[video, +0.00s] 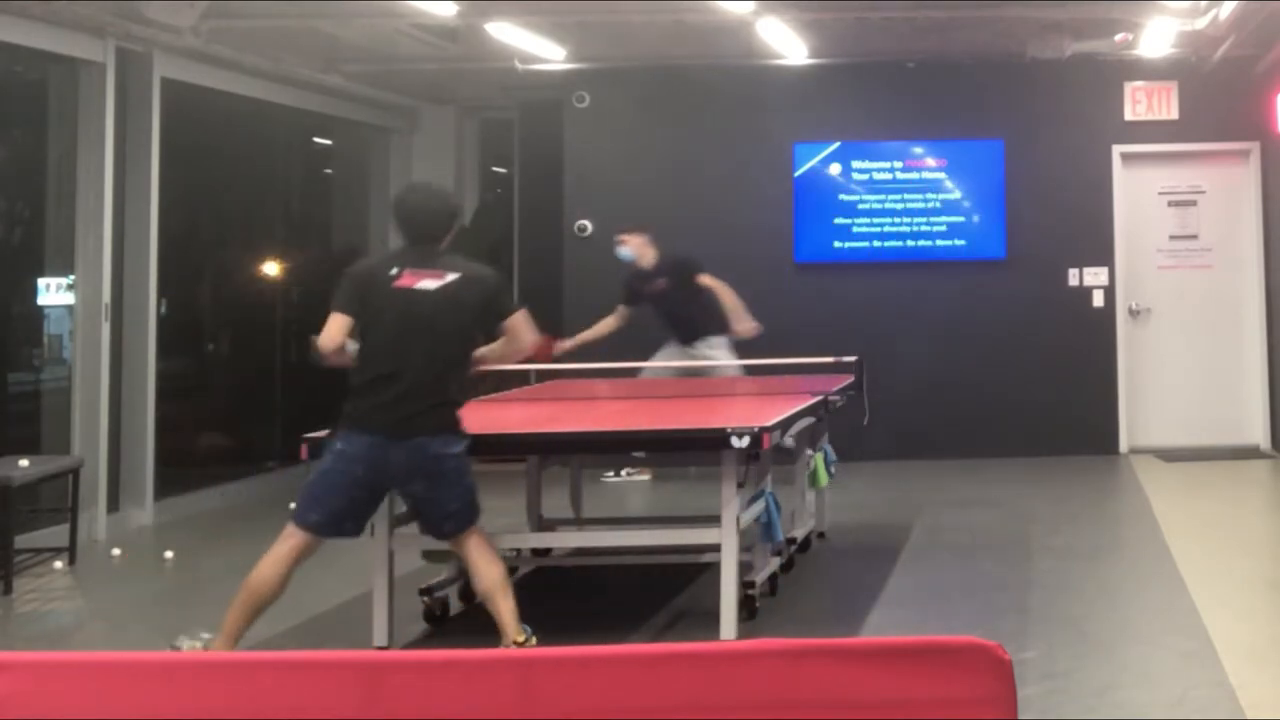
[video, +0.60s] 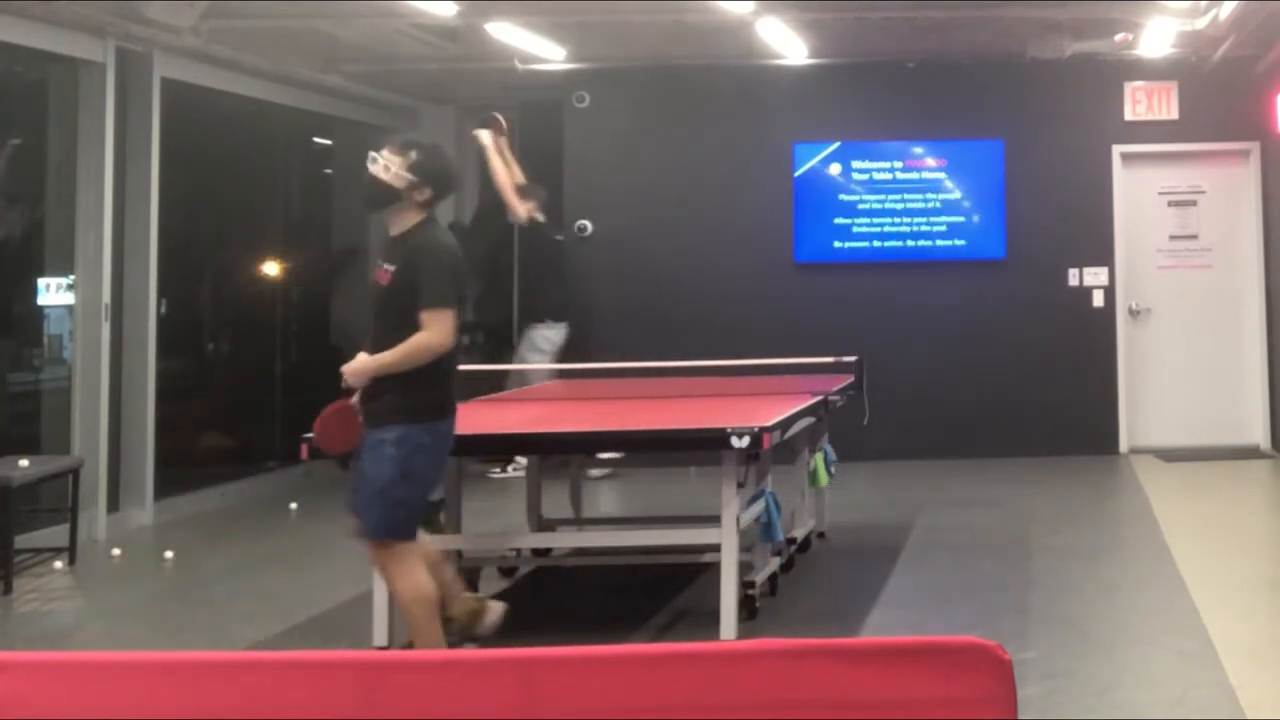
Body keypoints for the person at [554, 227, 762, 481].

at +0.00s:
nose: (622, 249)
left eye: (627, 242)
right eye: (620, 244)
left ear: (645, 241)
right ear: (625, 251)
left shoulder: (677, 266)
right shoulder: (636, 283)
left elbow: (718, 286)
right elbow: (617, 319)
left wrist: (740, 320)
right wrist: (572, 343)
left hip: (712, 344)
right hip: (679, 348)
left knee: (739, 397)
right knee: (641, 389)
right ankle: (639, 463)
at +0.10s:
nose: (598, 234)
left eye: (601, 226)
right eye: (596, 229)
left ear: (618, 225)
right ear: (601, 234)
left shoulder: (647, 251)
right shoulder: (613, 267)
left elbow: (683, 285)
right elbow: (607, 314)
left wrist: (666, 308)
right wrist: (575, 346)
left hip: (682, 334)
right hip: (650, 338)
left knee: (701, 392)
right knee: (622, 390)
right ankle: (636, 462)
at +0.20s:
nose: (584, 216)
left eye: (587, 209)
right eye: (581, 211)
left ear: (604, 207)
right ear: (587, 214)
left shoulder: (625, 232)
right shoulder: (599, 241)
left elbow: (637, 255)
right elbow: (592, 284)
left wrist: (590, 243)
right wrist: (559, 298)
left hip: (652, 319)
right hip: (625, 324)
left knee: (672, 385)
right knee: (611, 385)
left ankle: (707, 450)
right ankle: (632, 455)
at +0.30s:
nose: (577, 206)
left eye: (581, 200)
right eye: (574, 201)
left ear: (595, 201)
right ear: (573, 205)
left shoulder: (608, 225)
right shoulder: (582, 234)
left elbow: (579, 206)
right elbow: (558, 243)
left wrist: (545, 182)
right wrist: (525, 224)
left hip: (630, 311)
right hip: (603, 315)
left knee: (635, 380)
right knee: (584, 374)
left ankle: (647, 449)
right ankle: (610, 444)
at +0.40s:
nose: (558, 201)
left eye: (562, 195)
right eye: (556, 196)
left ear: (576, 198)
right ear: (560, 202)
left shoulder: (585, 216)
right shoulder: (567, 221)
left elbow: (551, 189)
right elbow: (538, 206)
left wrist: (525, 151)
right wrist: (511, 177)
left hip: (605, 314)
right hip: (583, 315)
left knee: (605, 386)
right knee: (558, 379)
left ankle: (620, 455)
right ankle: (563, 452)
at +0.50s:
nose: (536, 208)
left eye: (541, 204)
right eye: (538, 203)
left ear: (556, 206)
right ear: (561, 207)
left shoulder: (562, 230)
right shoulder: (568, 231)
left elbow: (531, 193)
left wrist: (512, 151)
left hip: (572, 320)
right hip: (561, 319)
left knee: (581, 392)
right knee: (538, 390)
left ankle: (617, 456)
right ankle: (523, 455)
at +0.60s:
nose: (513, 206)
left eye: (518, 200)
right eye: (515, 199)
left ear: (530, 204)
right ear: (538, 204)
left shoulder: (530, 228)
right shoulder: (545, 229)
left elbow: (508, 192)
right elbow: (523, 188)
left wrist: (489, 149)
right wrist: (504, 148)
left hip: (542, 323)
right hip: (551, 321)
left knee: (534, 392)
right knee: (521, 390)